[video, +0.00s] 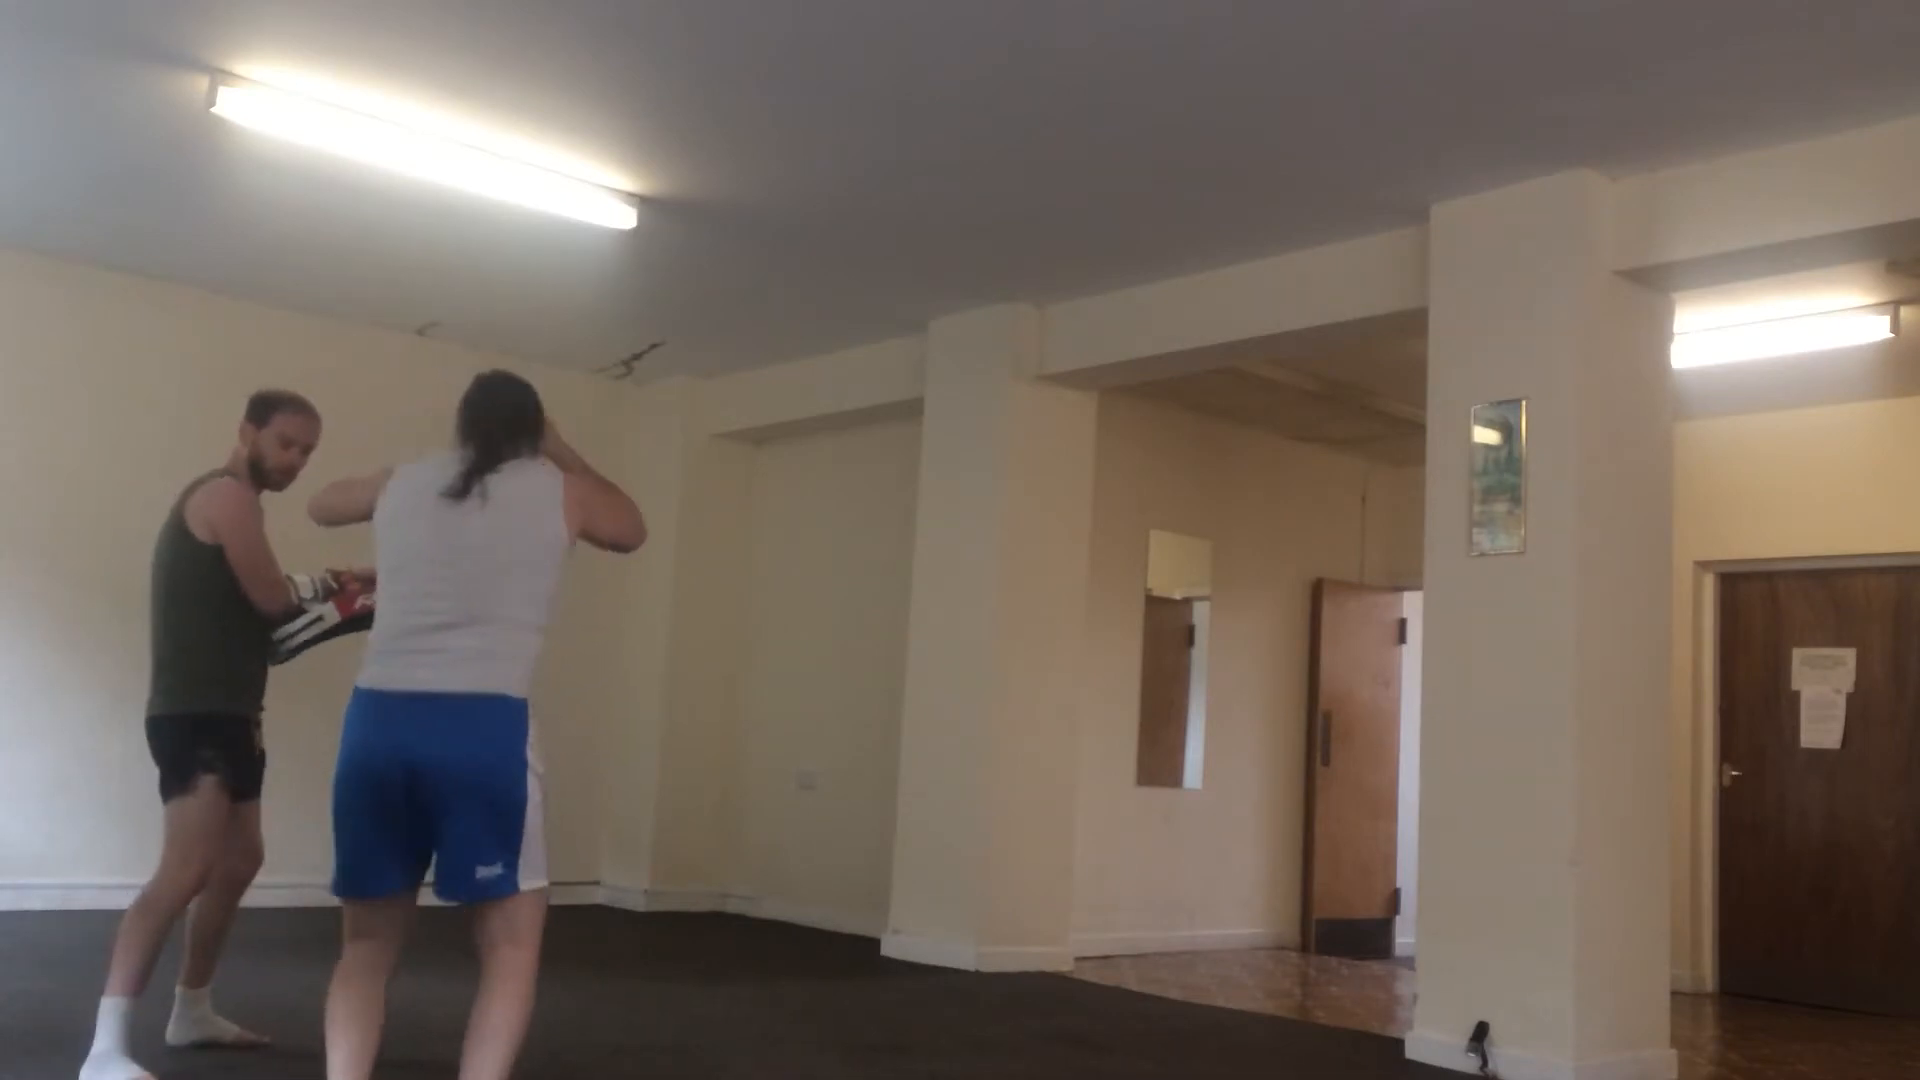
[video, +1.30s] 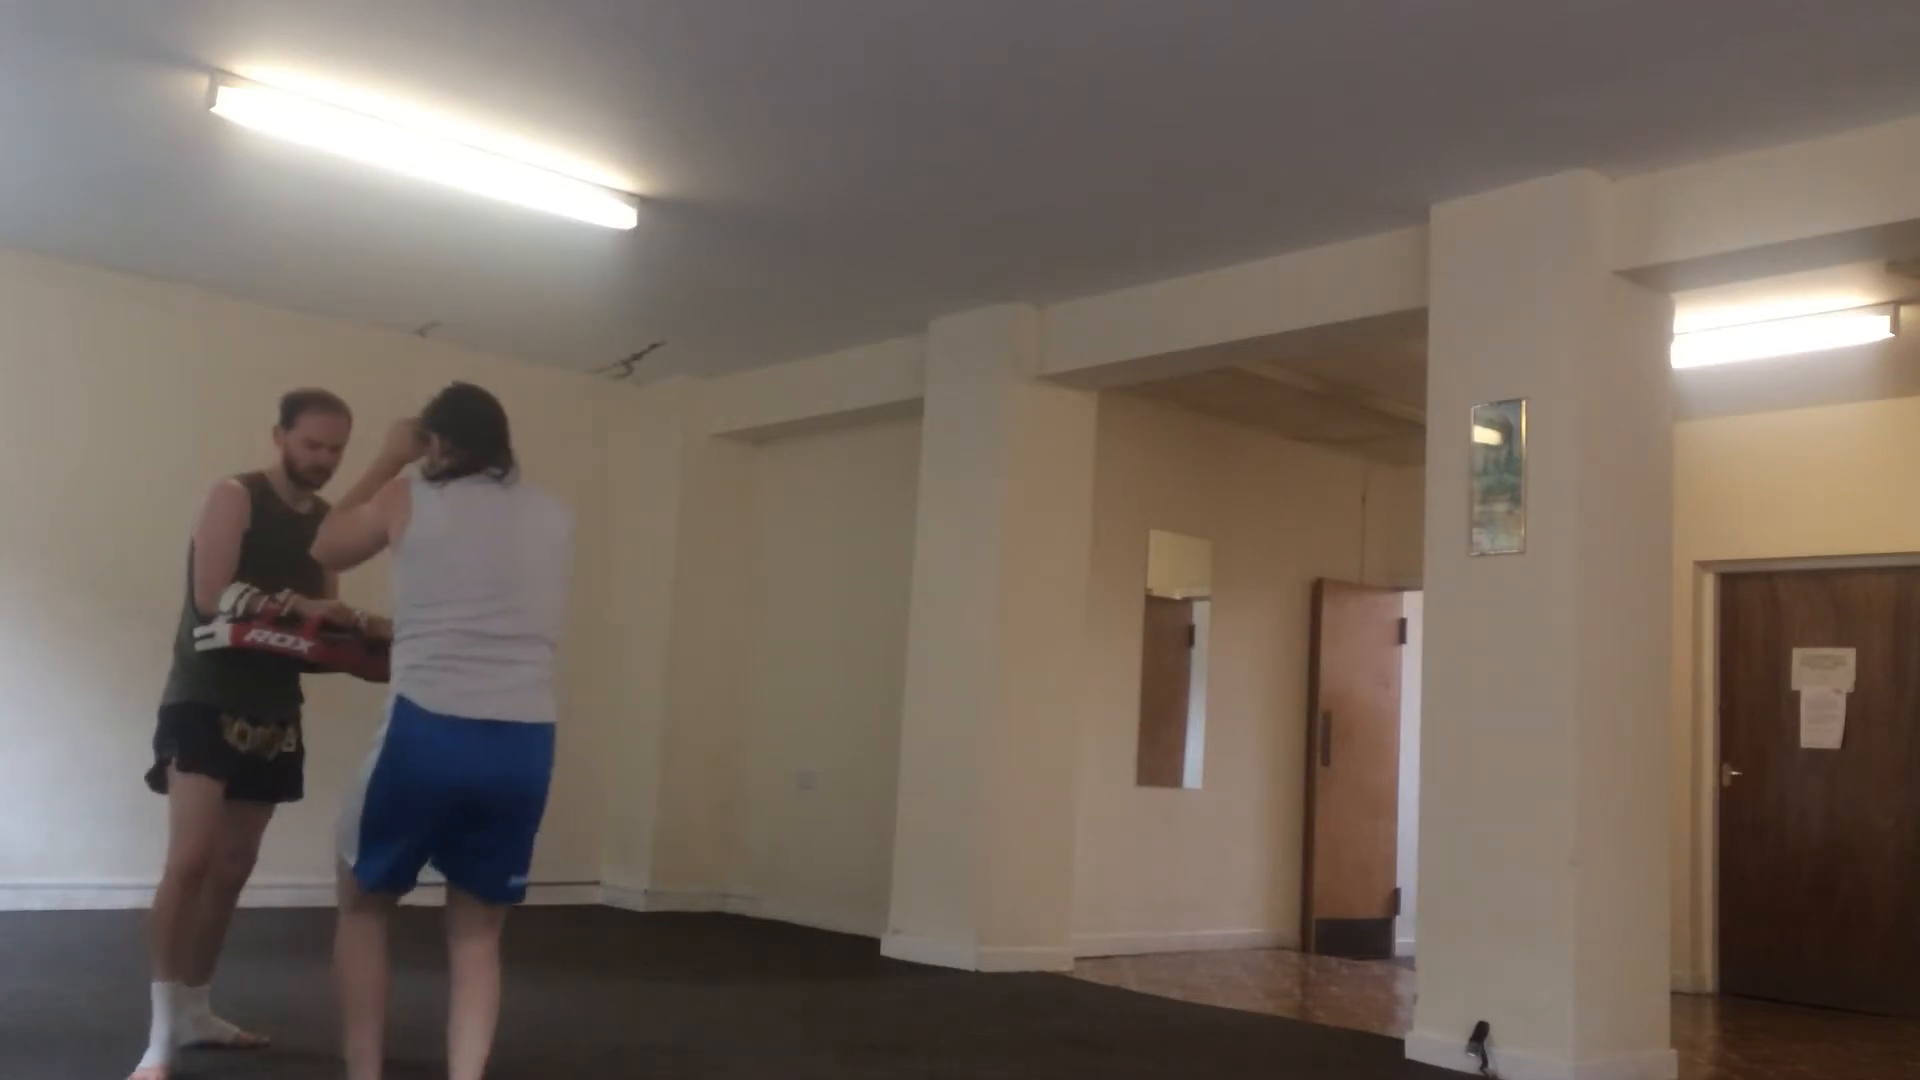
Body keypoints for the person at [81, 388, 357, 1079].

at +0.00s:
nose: (296, 461)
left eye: (305, 451)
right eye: (287, 445)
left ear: (305, 451)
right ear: (249, 433)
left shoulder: (220, 497)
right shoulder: (227, 496)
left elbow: (256, 626)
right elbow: (272, 598)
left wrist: (329, 598)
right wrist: (323, 585)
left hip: (228, 715)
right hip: (199, 716)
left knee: (238, 862)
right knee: (184, 869)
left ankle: (191, 1012)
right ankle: (105, 1049)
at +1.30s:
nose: (324, 460)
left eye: (335, 451)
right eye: (314, 445)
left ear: (341, 453)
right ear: (280, 436)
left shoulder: (324, 520)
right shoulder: (233, 498)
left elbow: (325, 612)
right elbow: (211, 595)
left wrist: (366, 629)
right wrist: (299, 607)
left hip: (273, 708)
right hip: (206, 703)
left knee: (232, 867)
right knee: (190, 863)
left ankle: (193, 1008)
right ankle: (162, 1030)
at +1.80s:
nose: (344, 456)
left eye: (356, 447)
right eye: (335, 440)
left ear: (364, 445)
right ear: (299, 425)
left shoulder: (362, 510)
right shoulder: (237, 493)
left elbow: (408, 587)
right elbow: (207, 603)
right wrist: (291, 570)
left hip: (323, 718)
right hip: (230, 713)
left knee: (367, 880)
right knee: (170, 879)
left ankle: (392, 1046)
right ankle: (174, 1043)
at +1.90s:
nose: (357, 459)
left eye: (369, 450)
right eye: (348, 444)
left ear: (380, 451)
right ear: (315, 431)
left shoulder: (377, 514)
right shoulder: (259, 499)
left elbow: (445, 581)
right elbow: (217, 594)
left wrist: (463, 526)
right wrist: (284, 584)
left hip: (351, 728)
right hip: (257, 724)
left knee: (388, 884)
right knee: (171, 884)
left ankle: (392, 1056)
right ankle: (172, 1043)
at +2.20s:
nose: (392, 453)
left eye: (404, 441)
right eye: (378, 440)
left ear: (423, 443)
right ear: (354, 442)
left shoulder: (418, 520)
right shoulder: (320, 502)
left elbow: (468, 592)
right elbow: (250, 587)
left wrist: (495, 504)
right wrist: (196, 669)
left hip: (418, 726)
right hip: (348, 726)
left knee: (474, 873)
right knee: (281, 884)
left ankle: (401, 1045)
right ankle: (144, 1018)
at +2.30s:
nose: (400, 447)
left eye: (413, 436)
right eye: (388, 435)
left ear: (432, 440)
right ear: (364, 437)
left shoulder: (430, 518)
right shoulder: (328, 499)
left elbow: (482, 587)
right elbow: (254, 585)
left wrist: (498, 491)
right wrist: (197, 665)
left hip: (426, 723)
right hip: (348, 721)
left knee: (478, 877)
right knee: (277, 878)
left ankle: (404, 1043)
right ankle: (147, 1017)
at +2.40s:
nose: (402, 436)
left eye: (415, 424)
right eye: (390, 423)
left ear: (437, 428)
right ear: (369, 426)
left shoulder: (442, 507)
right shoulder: (333, 492)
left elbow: (490, 582)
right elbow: (259, 575)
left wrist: (499, 484)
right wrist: (206, 640)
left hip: (423, 712)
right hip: (339, 710)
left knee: (459, 877)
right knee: (262, 872)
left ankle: (400, 1045)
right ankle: (147, 1018)